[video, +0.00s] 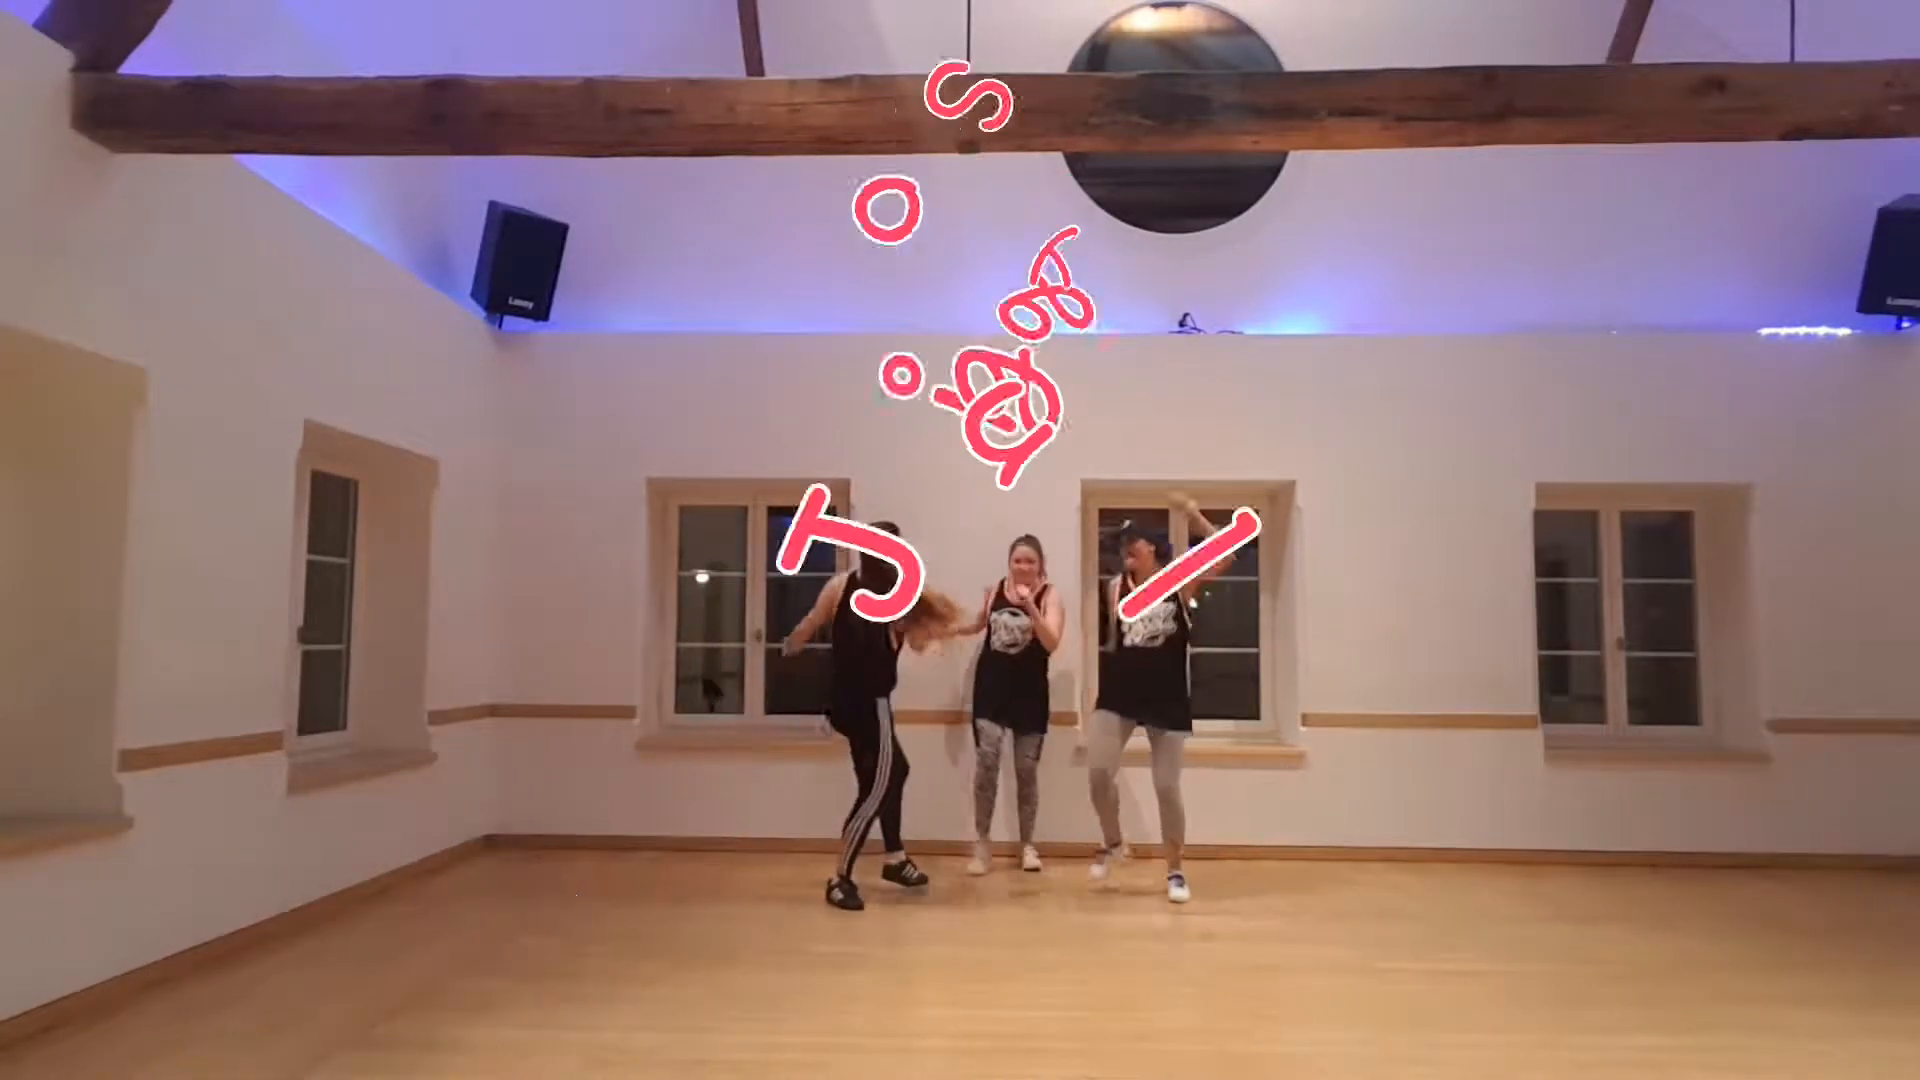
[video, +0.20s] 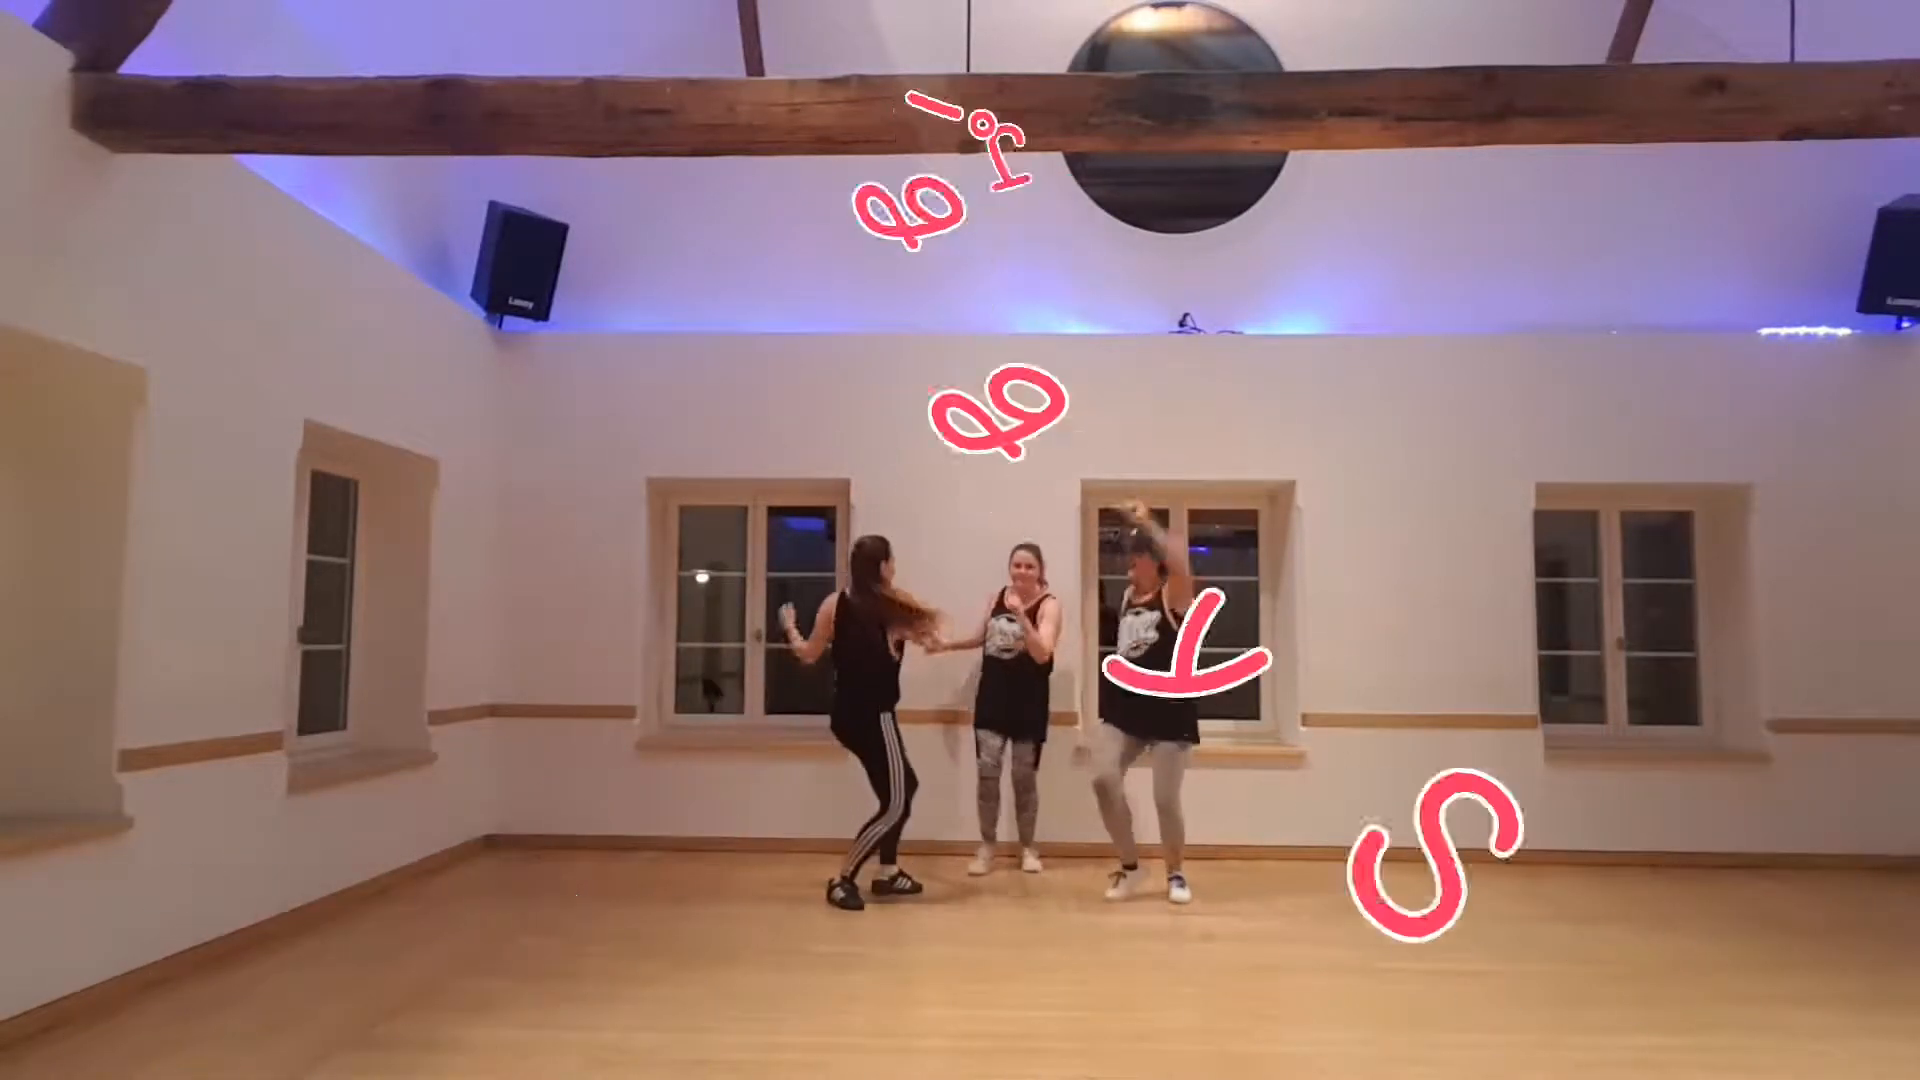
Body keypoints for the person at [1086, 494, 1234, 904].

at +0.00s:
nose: (1129, 554)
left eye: (1136, 548)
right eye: (1126, 550)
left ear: (1155, 551)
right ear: (1125, 557)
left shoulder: (1179, 582)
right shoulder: (1113, 588)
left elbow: (1223, 559)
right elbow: (1107, 641)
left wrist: (1194, 515)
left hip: (1166, 697)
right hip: (1118, 694)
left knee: (1167, 786)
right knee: (1098, 774)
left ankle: (1176, 872)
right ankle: (1113, 846)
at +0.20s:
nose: (1134, 571)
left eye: (1140, 564)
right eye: (1131, 564)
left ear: (1159, 567)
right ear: (1128, 566)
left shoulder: (1174, 600)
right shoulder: (1128, 598)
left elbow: (1177, 560)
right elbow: (1127, 653)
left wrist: (1145, 522)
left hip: (1170, 716)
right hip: (1126, 713)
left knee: (1166, 799)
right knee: (1104, 778)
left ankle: (1175, 874)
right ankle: (1130, 867)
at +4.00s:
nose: (1167, 602)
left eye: (1174, 594)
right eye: (1164, 595)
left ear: (1193, 592)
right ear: (1160, 595)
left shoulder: (1217, 614)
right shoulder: (1154, 622)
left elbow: (1186, 638)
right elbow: (1129, 669)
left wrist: (1123, 637)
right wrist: (1107, 718)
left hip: (1197, 732)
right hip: (1141, 729)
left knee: (1237, 801)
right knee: (1106, 793)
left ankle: (1247, 875)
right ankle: (1076, 868)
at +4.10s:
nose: (1192, 578)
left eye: (1199, 571)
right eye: (1189, 571)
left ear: (1219, 573)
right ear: (1185, 574)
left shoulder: (1240, 598)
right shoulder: (1172, 607)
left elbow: (1255, 644)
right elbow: (1150, 656)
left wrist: (1218, 647)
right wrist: (1133, 706)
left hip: (1215, 708)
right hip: (1164, 707)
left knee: (1241, 788)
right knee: (1135, 779)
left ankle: (1249, 870)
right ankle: (1109, 859)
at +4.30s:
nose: (1235, 560)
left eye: (1239, 554)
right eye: (1228, 553)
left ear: (1244, 554)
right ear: (1212, 553)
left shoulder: (1252, 581)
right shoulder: (1184, 588)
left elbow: (1268, 623)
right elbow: (1156, 629)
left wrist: (1302, 605)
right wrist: (1135, 661)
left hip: (1240, 700)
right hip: (1195, 703)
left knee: (1256, 779)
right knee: (1209, 775)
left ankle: (1253, 865)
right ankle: (1228, 864)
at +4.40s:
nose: (1238, 572)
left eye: (1242, 565)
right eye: (1231, 565)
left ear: (1244, 566)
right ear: (1212, 563)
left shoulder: (1249, 591)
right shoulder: (1183, 594)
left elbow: (1274, 626)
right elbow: (1136, 621)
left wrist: (1290, 596)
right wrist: (1131, 619)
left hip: (1255, 705)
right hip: (1212, 712)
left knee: (1274, 788)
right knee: (1248, 789)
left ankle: (1255, 866)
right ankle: (1242, 872)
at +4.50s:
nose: (1237, 591)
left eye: (1240, 584)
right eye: (1231, 583)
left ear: (1243, 586)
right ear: (1210, 582)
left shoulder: (1246, 618)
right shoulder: (1182, 608)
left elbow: (1288, 638)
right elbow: (1126, 605)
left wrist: (1300, 601)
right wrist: (1132, 587)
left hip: (1266, 719)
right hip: (1225, 728)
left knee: (1284, 802)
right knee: (1268, 803)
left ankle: (1252, 870)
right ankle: (1248, 873)